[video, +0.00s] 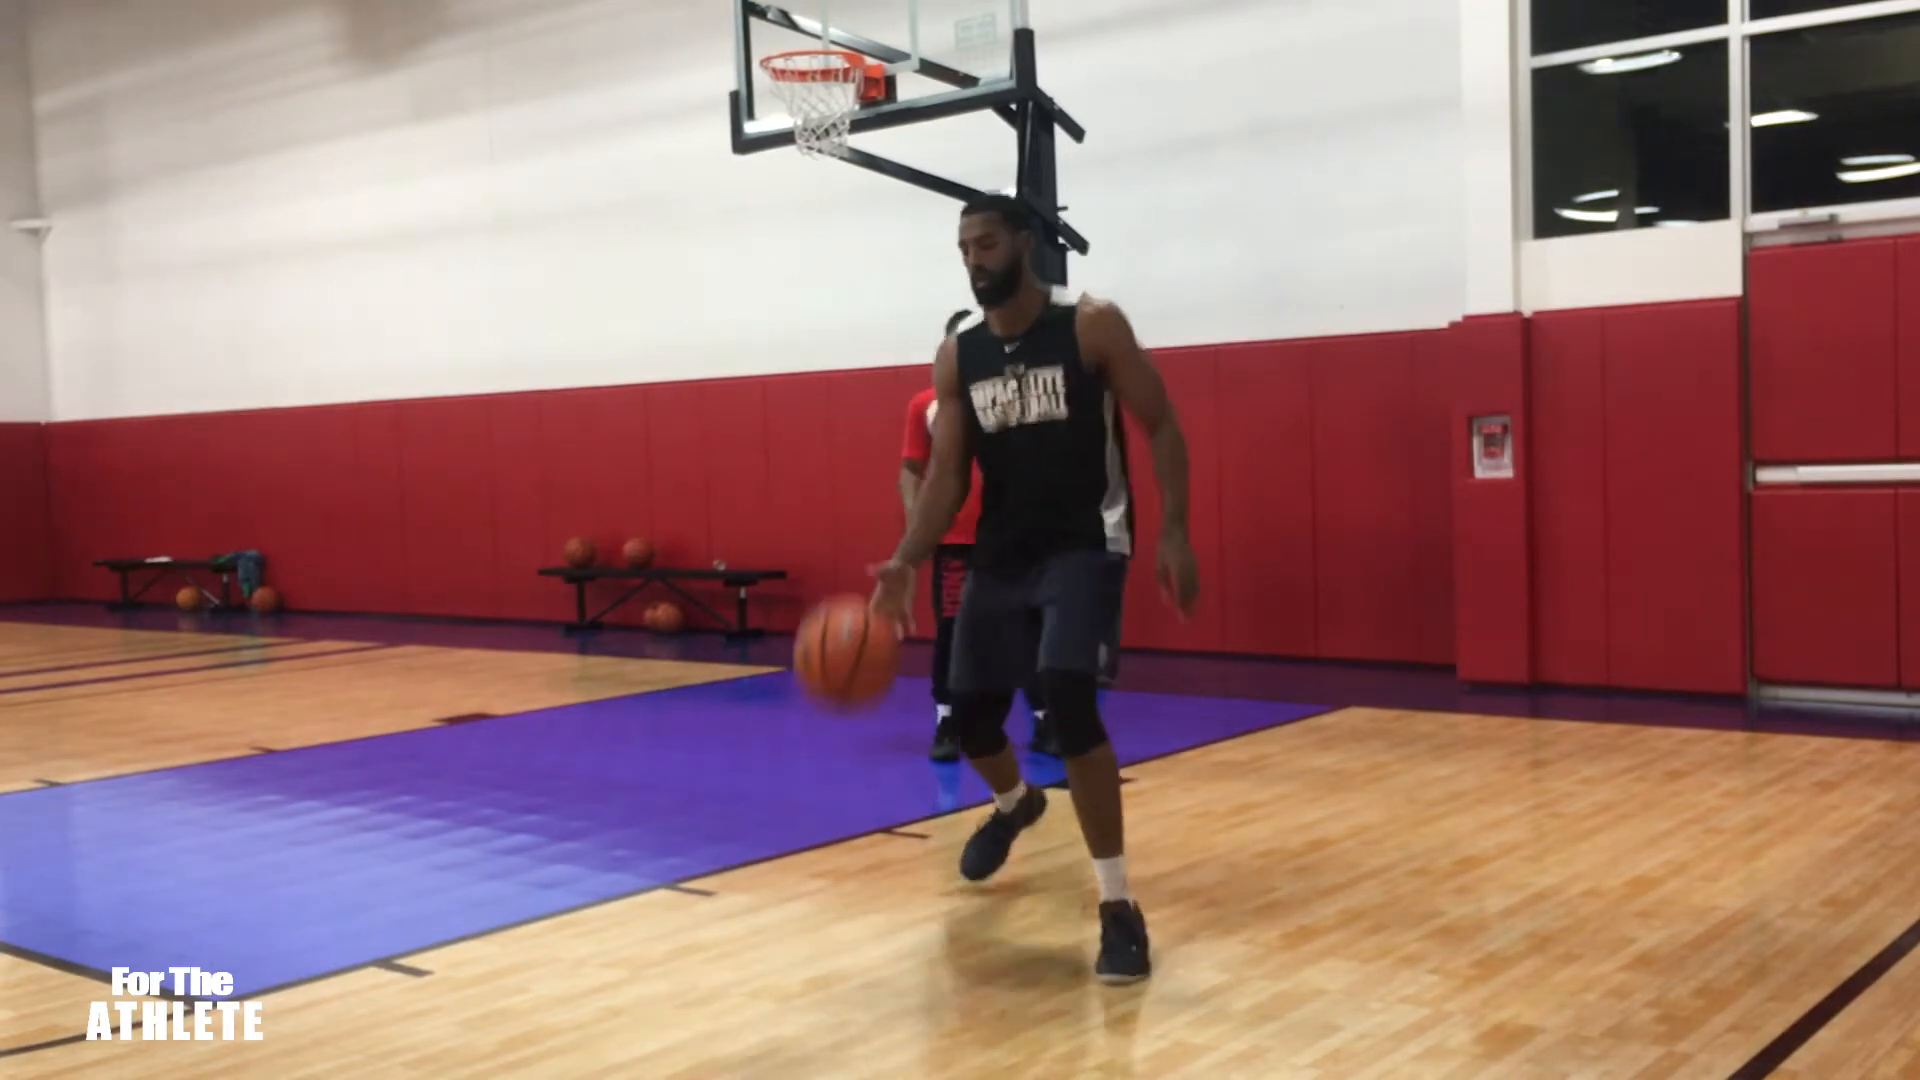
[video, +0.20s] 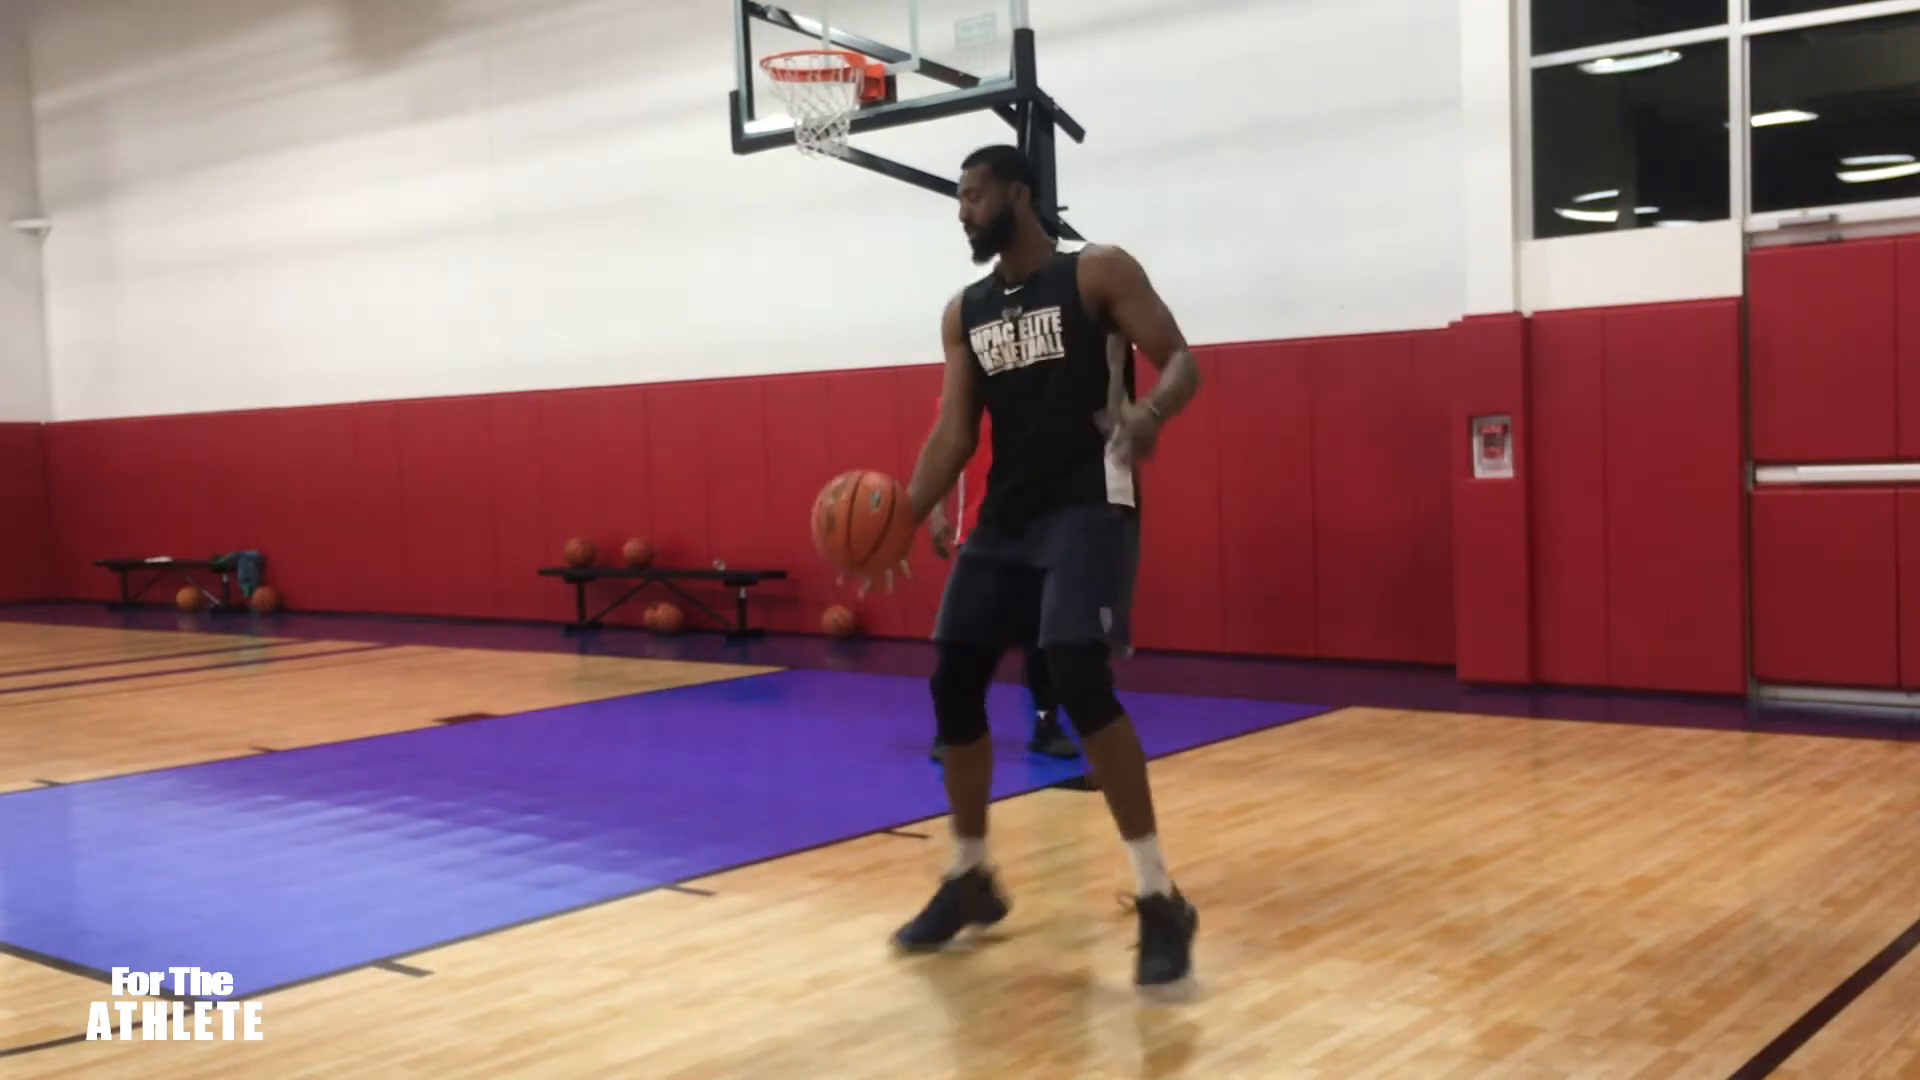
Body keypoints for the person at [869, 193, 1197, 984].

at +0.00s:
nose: (974, 260)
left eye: (987, 244)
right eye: (965, 249)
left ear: (1028, 246)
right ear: (963, 260)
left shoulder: (1093, 327)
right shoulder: (959, 353)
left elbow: (1161, 428)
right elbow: (947, 471)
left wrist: (1174, 534)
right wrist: (906, 558)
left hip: (1084, 548)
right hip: (1002, 556)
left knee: (1067, 706)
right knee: (967, 716)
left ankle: (1117, 904)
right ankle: (1016, 801)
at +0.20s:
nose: (962, 207)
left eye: (973, 192)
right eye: (959, 194)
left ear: (1020, 194)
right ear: (980, 203)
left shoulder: (1099, 273)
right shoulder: (966, 313)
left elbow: (1180, 362)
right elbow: (953, 431)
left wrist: (1147, 413)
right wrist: (901, 517)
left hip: (1090, 506)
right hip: (1006, 517)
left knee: (1074, 675)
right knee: (956, 681)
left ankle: (1159, 897)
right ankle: (971, 877)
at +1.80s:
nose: (1190, 288)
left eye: (1202, 274)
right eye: (1183, 275)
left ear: (1238, 269)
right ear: (1182, 275)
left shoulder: (1305, 321)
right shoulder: (1172, 352)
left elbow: (1371, 360)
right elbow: (1134, 445)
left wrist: (1420, 372)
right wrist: (1107, 534)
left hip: (1281, 522)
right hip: (1196, 524)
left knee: (1290, 673)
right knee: (1171, 664)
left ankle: (1265, 839)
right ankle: (1136, 840)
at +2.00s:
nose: (1249, 269)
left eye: (1260, 255)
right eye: (1240, 258)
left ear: (1294, 248)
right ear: (1235, 259)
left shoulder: (1351, 299)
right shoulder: (1225, 336)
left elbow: (1399, 357)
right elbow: (1186, 425)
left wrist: (1410, 341)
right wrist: (1192, 513)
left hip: (1340, 508)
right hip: (1264, 515)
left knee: (1352, 652)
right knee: (1280, 657)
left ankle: (1347, 803)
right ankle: (1288, 819)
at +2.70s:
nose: (1130, 404)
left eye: (1137, 392)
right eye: (1128, 393)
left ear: (1173, 387)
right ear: (1145, 393)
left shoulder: (1239, 419)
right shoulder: (1160, 448)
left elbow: (1255, 508)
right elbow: (1162, 540)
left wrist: (1157, 500)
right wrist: (1115, 510)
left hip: (1334, 557)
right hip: (1265, 568)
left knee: (1414, 667)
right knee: (1210, 669)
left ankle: (1549, 756)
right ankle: (1317, 782)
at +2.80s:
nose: (1059, 393)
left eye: (1067, 381)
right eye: (1057, 382)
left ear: (1100, 376)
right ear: (1078, 384)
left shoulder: (1150, 405)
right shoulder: (1093, 442)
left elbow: (1103, 468)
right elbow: (1053, 512)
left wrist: (991, 455)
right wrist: (983, 491)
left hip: (1270, 554)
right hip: (1212, 568)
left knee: (1295, 679)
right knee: (1184, 678)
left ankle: (1438, 745)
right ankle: (1310, 777)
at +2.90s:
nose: (990, 377)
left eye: (997, 364)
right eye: (988, 366)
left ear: (1026, 358)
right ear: (1012, 365)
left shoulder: (1070, 387)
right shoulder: (1019, 420)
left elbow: (990, 432)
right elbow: (949, 480)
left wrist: (874, 440)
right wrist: (861, 481)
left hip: (1181, 538)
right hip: (1153, 549)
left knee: (1142, 669)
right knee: (1162, 680)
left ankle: (1257, 782)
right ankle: (1298, 771)